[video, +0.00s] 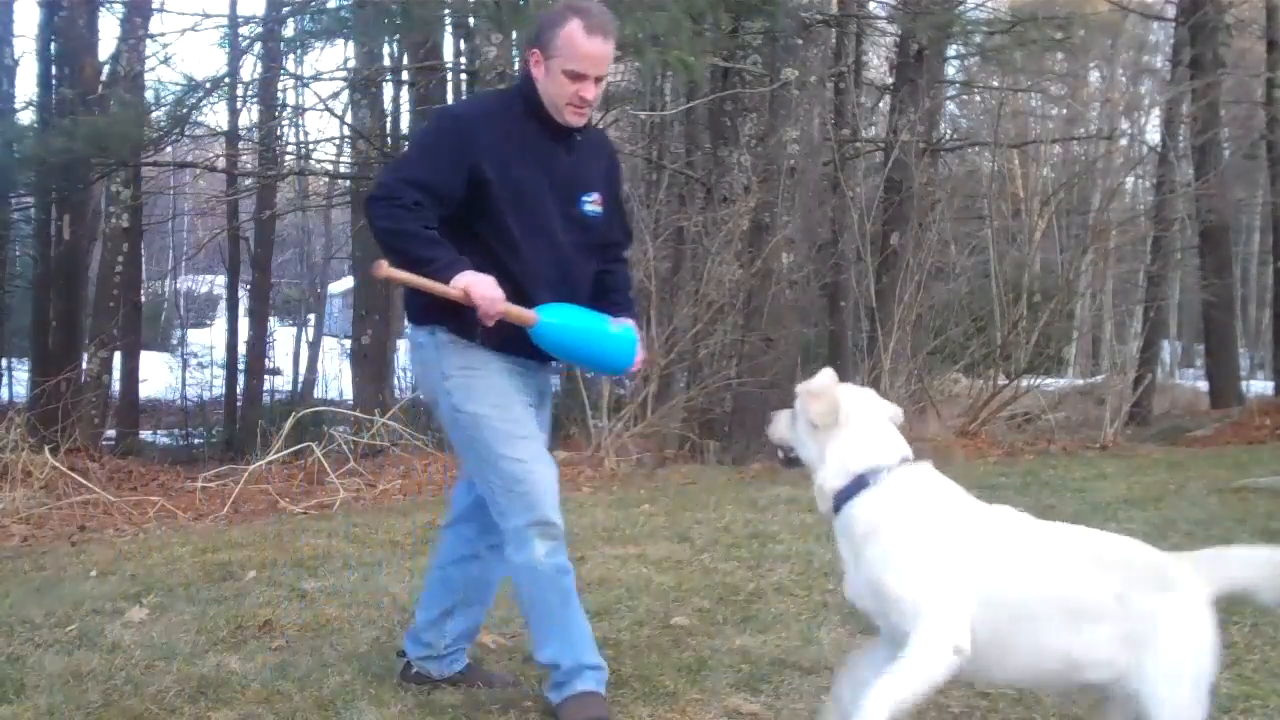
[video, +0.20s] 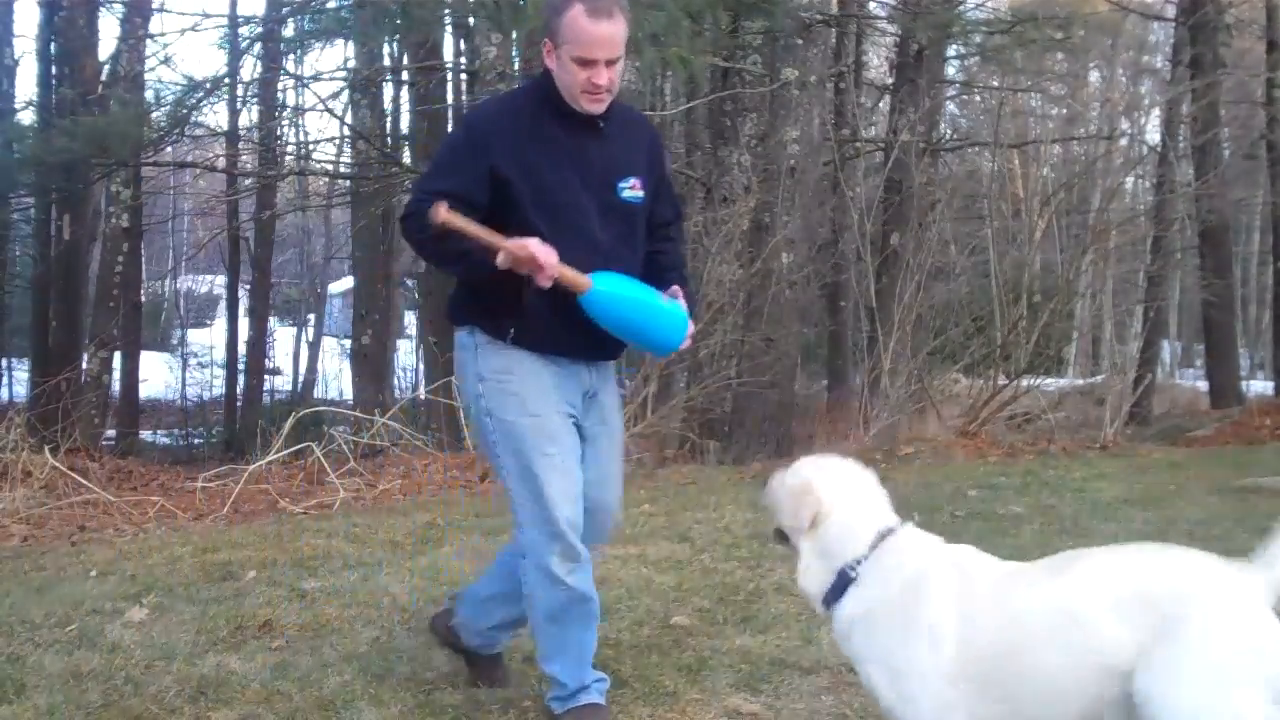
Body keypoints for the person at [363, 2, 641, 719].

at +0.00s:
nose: (589, 93)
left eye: (601, 79)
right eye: (575, 77)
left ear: (611, 74)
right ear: (536, 63)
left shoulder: (597, 153)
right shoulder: (470, 125)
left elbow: (608, 256)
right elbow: (392, 202)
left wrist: (621, 321)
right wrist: (455, 273)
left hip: (539, 355)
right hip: (463, 347)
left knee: (486, 509)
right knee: (534, 506)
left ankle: (433, 655)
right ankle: (576, 682)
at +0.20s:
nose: (601, 78)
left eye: (613, 62)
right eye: (585, 63)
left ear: (625, 52)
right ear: (548, 52)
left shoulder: (639, 136)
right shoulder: (495, 125)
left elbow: (662, 233)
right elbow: (422, 219)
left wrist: (671, 293)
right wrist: (498, 251)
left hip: (597, 356)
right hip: (510, 353)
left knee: (597, 513)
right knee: (555, 519)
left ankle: (470, 623)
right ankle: (575, 691)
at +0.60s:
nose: (625, 40)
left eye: (640, 24)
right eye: (608, 24)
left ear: (663, 20)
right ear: (581, 21)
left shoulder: (705, 110)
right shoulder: (530, 103)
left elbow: (750, 213)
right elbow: (475, 200)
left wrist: (732, 275)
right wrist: (543, 218)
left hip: (679, 358)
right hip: (562, 359)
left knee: (692, 524)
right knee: (567, 534)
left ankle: (689, 677)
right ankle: (576, 685)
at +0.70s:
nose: (638, 34)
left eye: (653, 17)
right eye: (620, 19)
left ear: (678, 18)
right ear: (596, 21)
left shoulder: (724, 116)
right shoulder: (545, 108)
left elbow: (773, 220)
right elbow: (492, 206)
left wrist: (749, 283)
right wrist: (551, 231)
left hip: (693, 368)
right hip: (577, 372)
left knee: (715, 538)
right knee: (582, 551)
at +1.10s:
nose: (674, 1)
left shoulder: (789, 89)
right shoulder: (583, 88)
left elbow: (851, 212)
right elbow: (538, 201)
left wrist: (788, 278)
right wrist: (548, 234)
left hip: (758, 371)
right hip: (623, 368)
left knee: (772, 576)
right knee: (614, 562)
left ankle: (759, 714)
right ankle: (612, 713)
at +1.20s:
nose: (662, 1)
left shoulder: (782, 90)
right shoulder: (574, 92)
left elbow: (846, 221)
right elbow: (531, 207)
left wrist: (781, 296)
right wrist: (536, 243)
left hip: (762, 381)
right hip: (624, 384)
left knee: (778, 594)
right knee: (609, 586)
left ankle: (760, 715)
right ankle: (599, 715)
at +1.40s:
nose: (639, 45)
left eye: (658, 25)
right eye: (618, 26)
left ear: (691, 34)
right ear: (590, 39)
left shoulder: (762, 132)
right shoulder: (544, 141)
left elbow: (829, 270)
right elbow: (492, 264)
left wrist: (772, 358)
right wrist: (503, 309)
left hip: (759, 415)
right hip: (612, 421)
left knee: (810, 581)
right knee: (579, 623)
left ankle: (763, 711)